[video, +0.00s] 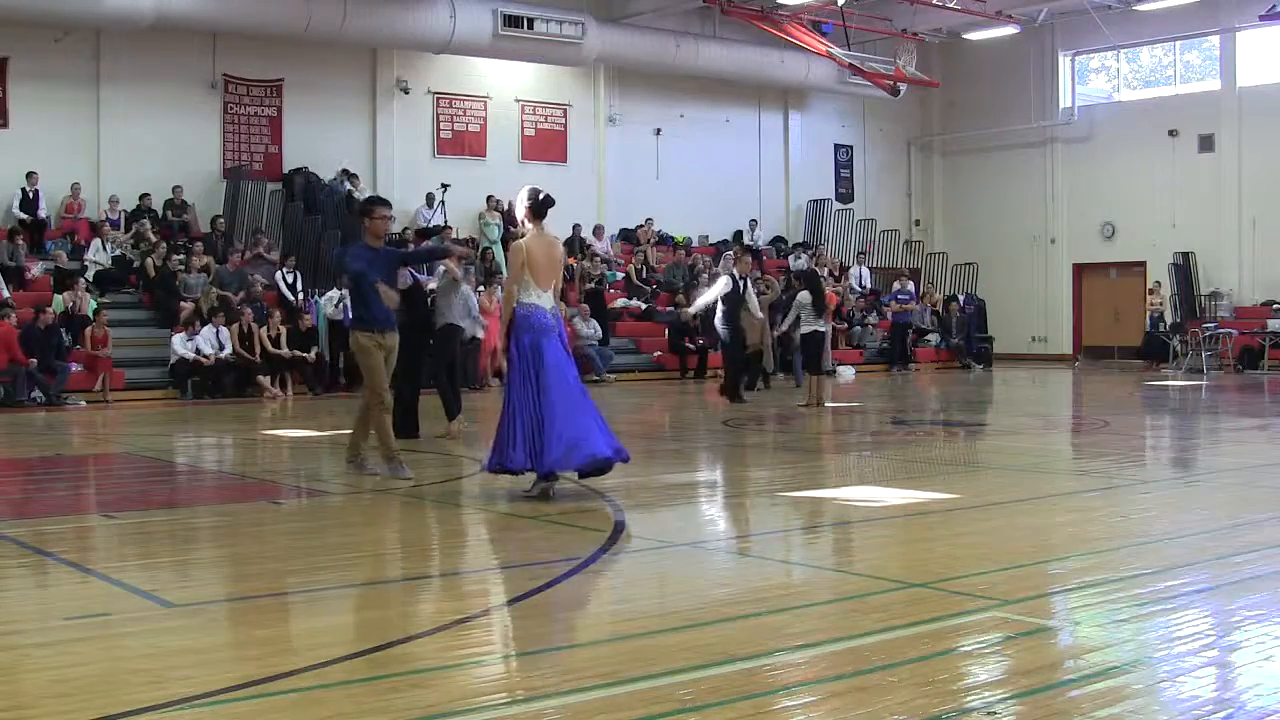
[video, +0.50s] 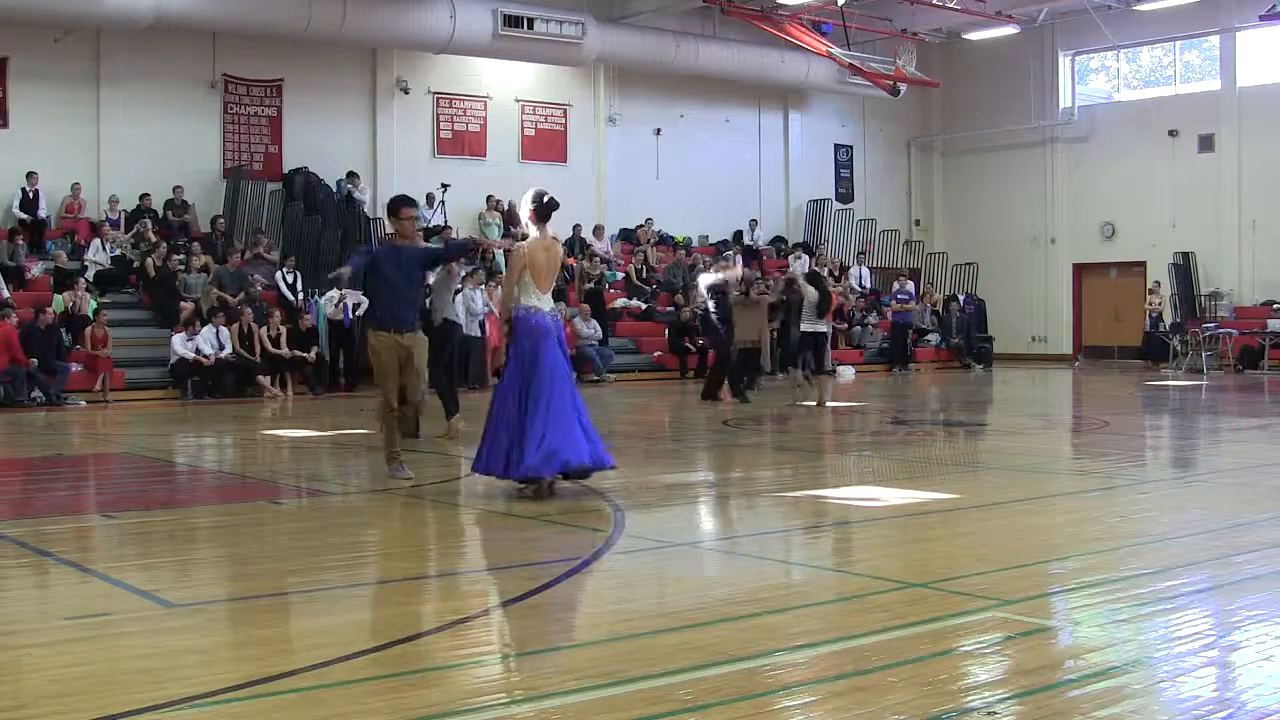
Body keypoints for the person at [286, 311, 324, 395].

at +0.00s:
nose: (310, 322)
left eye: (310, 320)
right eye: (307, 320)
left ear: (311, 320)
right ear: (300, 322)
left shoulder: (313, 330)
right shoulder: (292, 331)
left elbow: (315, 345)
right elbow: (292, 349)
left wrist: (312, 353)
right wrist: (304, 355)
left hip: (309, 354)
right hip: (297, 355)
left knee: (320, 356)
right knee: (304, 362)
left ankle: (320, 385)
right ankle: (312, 387)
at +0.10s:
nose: (310, 322)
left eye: (310, 320)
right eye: (307, 320)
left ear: (311, 320)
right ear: (300, 322)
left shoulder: (313, 330)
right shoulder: (292, 331)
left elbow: (315, 345)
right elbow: (292, 349)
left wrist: (312, 353)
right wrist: (304, 355)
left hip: (309, 354)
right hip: (297, 355)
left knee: (320, 356)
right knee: (304, 362)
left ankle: (320, 385)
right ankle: (312, 387)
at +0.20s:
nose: (310, 322)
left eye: (310, 320)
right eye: (307, 320)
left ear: (311, 320)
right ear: (300, 322)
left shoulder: (312, 330)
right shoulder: (292, 331)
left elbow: (315, 345)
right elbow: (292, 349)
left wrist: (312, 353)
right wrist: (304, 355)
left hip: (309, 354)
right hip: (297, 355)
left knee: (320, 357)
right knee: (304, 362)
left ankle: (320, 385)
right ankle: (312, 387)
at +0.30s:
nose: (310, 322)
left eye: (310, 320)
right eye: (307, 320)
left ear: (311, 320)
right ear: (300, 322)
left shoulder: (313, 330)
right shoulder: (292, 331)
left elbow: (315, 345)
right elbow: (292, 349)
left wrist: (312, 353)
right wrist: (304, 355)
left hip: (309, 354)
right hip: (298, 355)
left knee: (320, 359)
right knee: (304, 363)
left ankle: (319, 385)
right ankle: (313, 387)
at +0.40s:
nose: (310, 322)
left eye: (310, 320)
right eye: (307, 320)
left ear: (311, 320)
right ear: (300, 322)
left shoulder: (313, 329)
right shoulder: (293, 331)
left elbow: (315, 344)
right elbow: (292, 349)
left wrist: (312, 353)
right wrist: (304, 355)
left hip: (310, 354)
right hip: (298, 355)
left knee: (320, 359)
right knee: (305, 364)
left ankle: (318, 385)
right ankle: (313, 387)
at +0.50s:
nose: (310, 322)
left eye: (310, 320)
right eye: (307, 320)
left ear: (311, 320)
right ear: (300, 321)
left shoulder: (313, 329)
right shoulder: (293, 331)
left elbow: (315, 344)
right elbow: (292, 349)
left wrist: (312, 353)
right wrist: (304, 355)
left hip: (310, 354)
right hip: (298, 355)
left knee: (320, 359)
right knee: (305, 364)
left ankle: (318, 385)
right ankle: (313, 387)